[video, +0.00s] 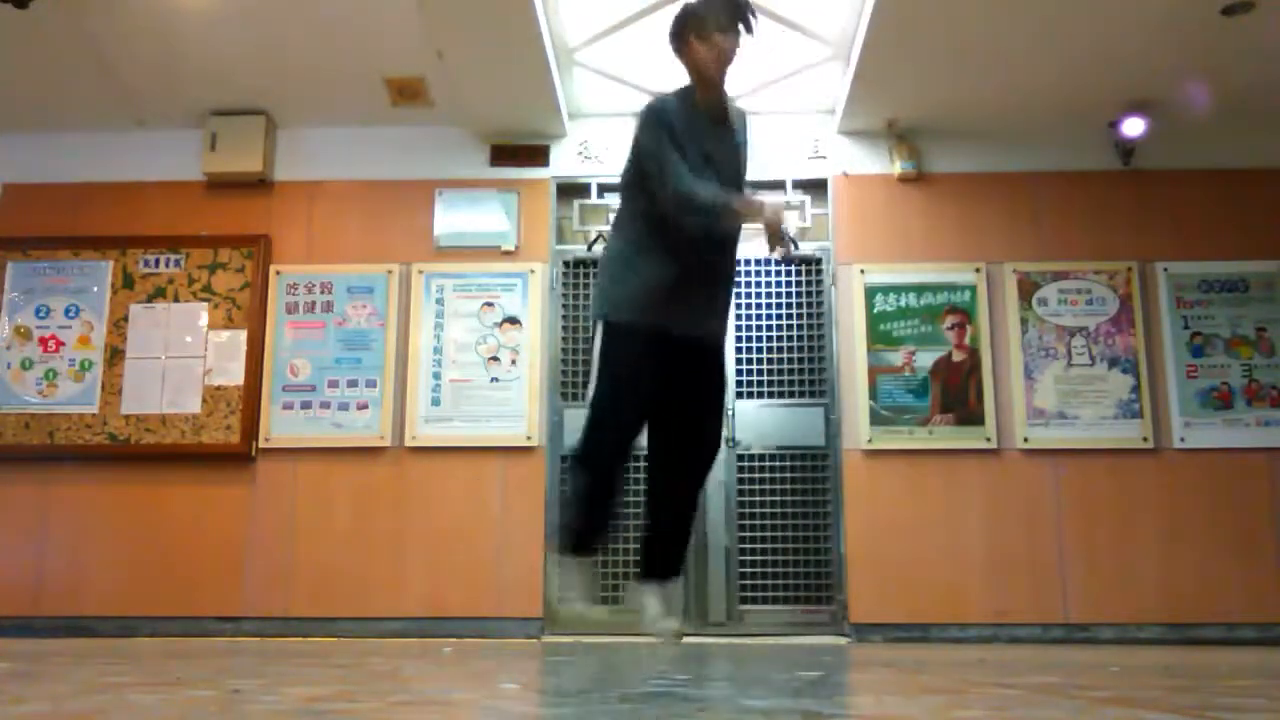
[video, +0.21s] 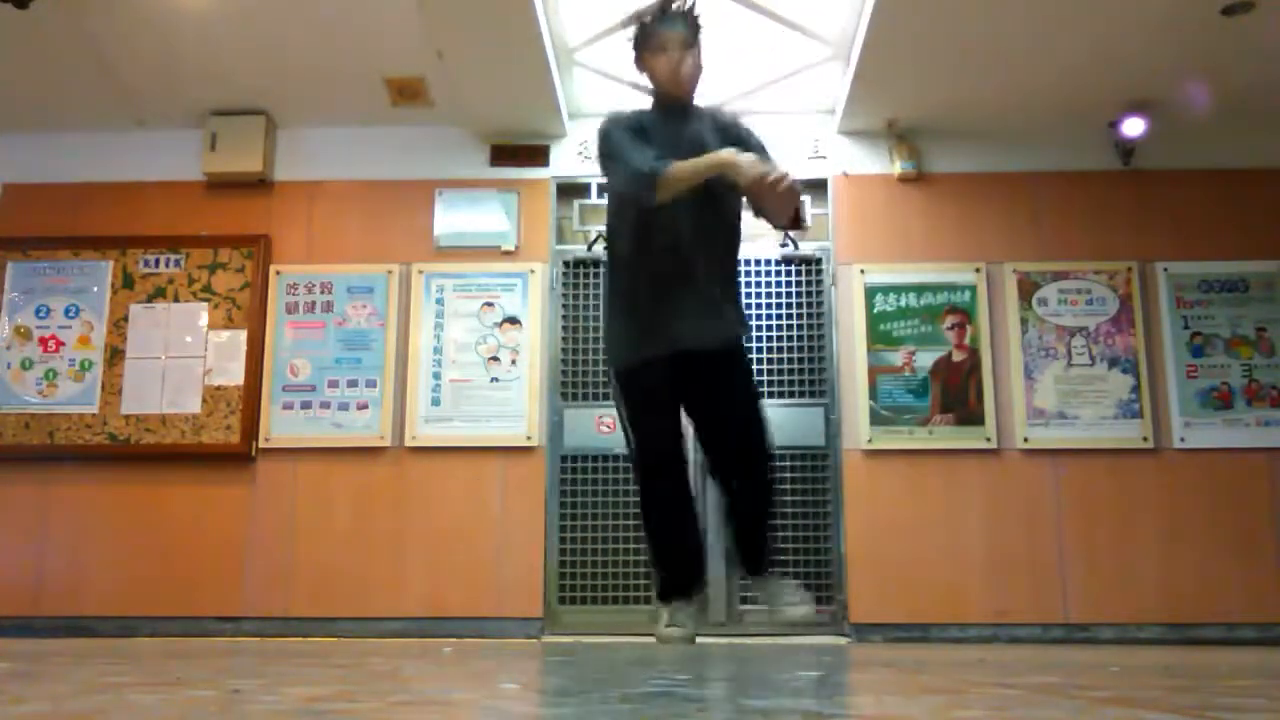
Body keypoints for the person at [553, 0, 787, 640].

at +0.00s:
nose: (726, 47)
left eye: (731, 37)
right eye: (714, 37)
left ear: (737, 45)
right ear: (687, 45)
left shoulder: (731, 123)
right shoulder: (661, 115)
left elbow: (723, 199)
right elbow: (680, 194)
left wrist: (765, 222)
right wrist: (755, 208)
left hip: (699, 314)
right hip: (639, 307)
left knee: (689, 447)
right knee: (613, 427)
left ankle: (657, 579)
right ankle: (575, 552)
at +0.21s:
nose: (681, 61)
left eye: (687, 49)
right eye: (666, 51)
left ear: (700, 56)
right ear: (641, 63)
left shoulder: (726, 132)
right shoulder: (621, 132)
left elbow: (786, 214)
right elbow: (642, 187)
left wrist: (780, 201)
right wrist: (723, 164)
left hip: (713, 325)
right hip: (640, 332)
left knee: (745, 456)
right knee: (659, 470)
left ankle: (760, 578)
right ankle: (679, 598)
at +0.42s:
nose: (662, 103)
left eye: (672, 92)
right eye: (649, 92)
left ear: (688, 103)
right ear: (629, 105)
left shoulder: (721, 163)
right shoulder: (604, 185)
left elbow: (760, 236)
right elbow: (593, 267)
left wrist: (770, 296)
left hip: (720, 350)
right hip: (645, 358)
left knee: (762, 463)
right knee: (657, 487)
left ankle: (803, 569)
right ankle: (680, 602)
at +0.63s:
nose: (664, 72)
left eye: (673, 60)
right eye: (650, 61)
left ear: (688, 67)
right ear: (628, 71)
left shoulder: (730, 137)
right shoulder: (607, 158)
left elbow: (796, 200)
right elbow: (568, 238)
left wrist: (843, 258)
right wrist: (541, 305)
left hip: (717, 319)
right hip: (645, 327)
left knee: (703, 446)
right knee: (655, 451)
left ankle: (666, 585)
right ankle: (709, 567)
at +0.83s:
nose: (665, 110)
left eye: (677, 100)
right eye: (654, 100)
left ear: (696, 109)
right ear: (638, 111)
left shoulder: (736, 173)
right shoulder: (623, 193)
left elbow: (798, 241)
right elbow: (593, 268)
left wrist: (852, 295)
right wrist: (565, 322)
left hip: (725, 351)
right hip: (659, 357)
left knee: (672, 470)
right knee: (674, 480)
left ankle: (653, 599)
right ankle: (738, 589)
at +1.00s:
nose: (679, 116)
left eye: (690, 105)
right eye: (668, 106)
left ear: (712, 113)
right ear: (656, 116)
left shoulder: (746, 171)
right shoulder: (652, 199)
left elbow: (769, 239)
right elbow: (634, 283)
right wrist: (631, 358)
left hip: (753, 355)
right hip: (689, 366)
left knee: (749, 466)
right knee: (711, 486)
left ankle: (818, 586)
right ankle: (752, 602)